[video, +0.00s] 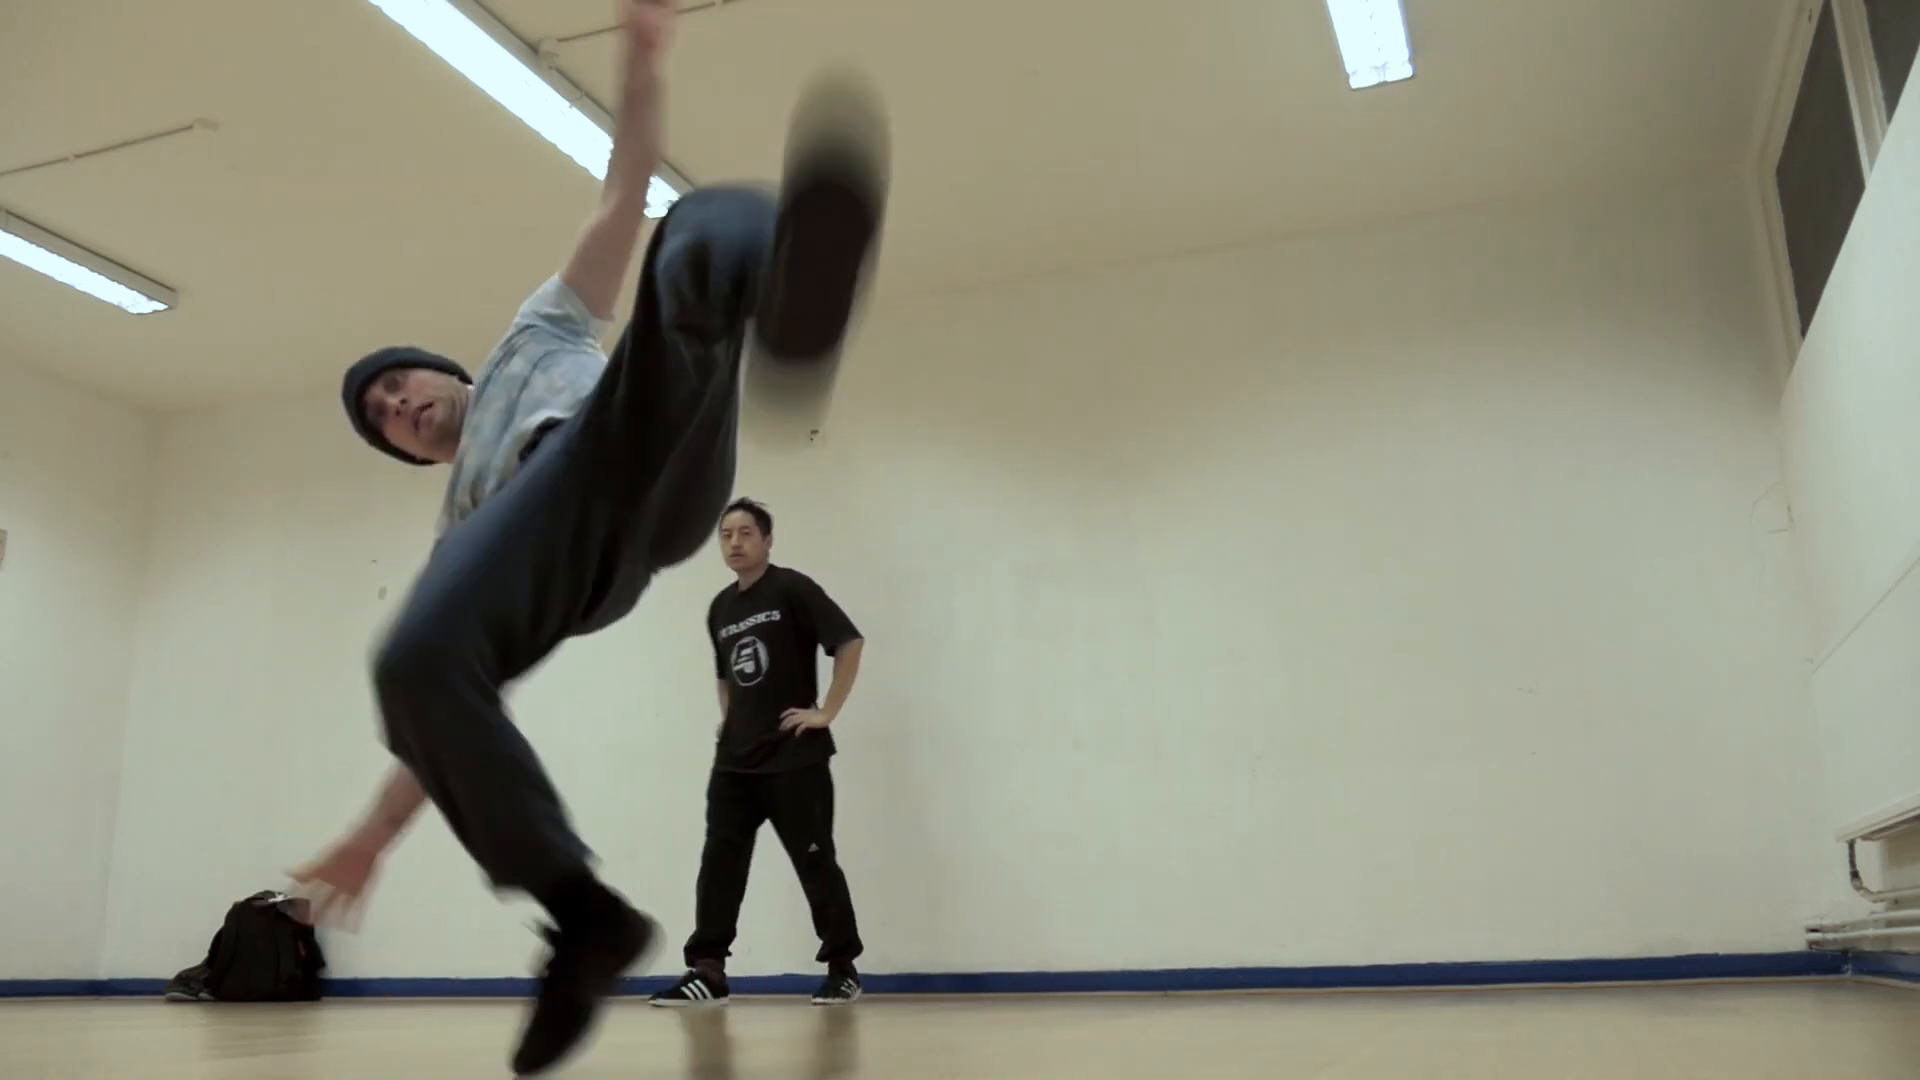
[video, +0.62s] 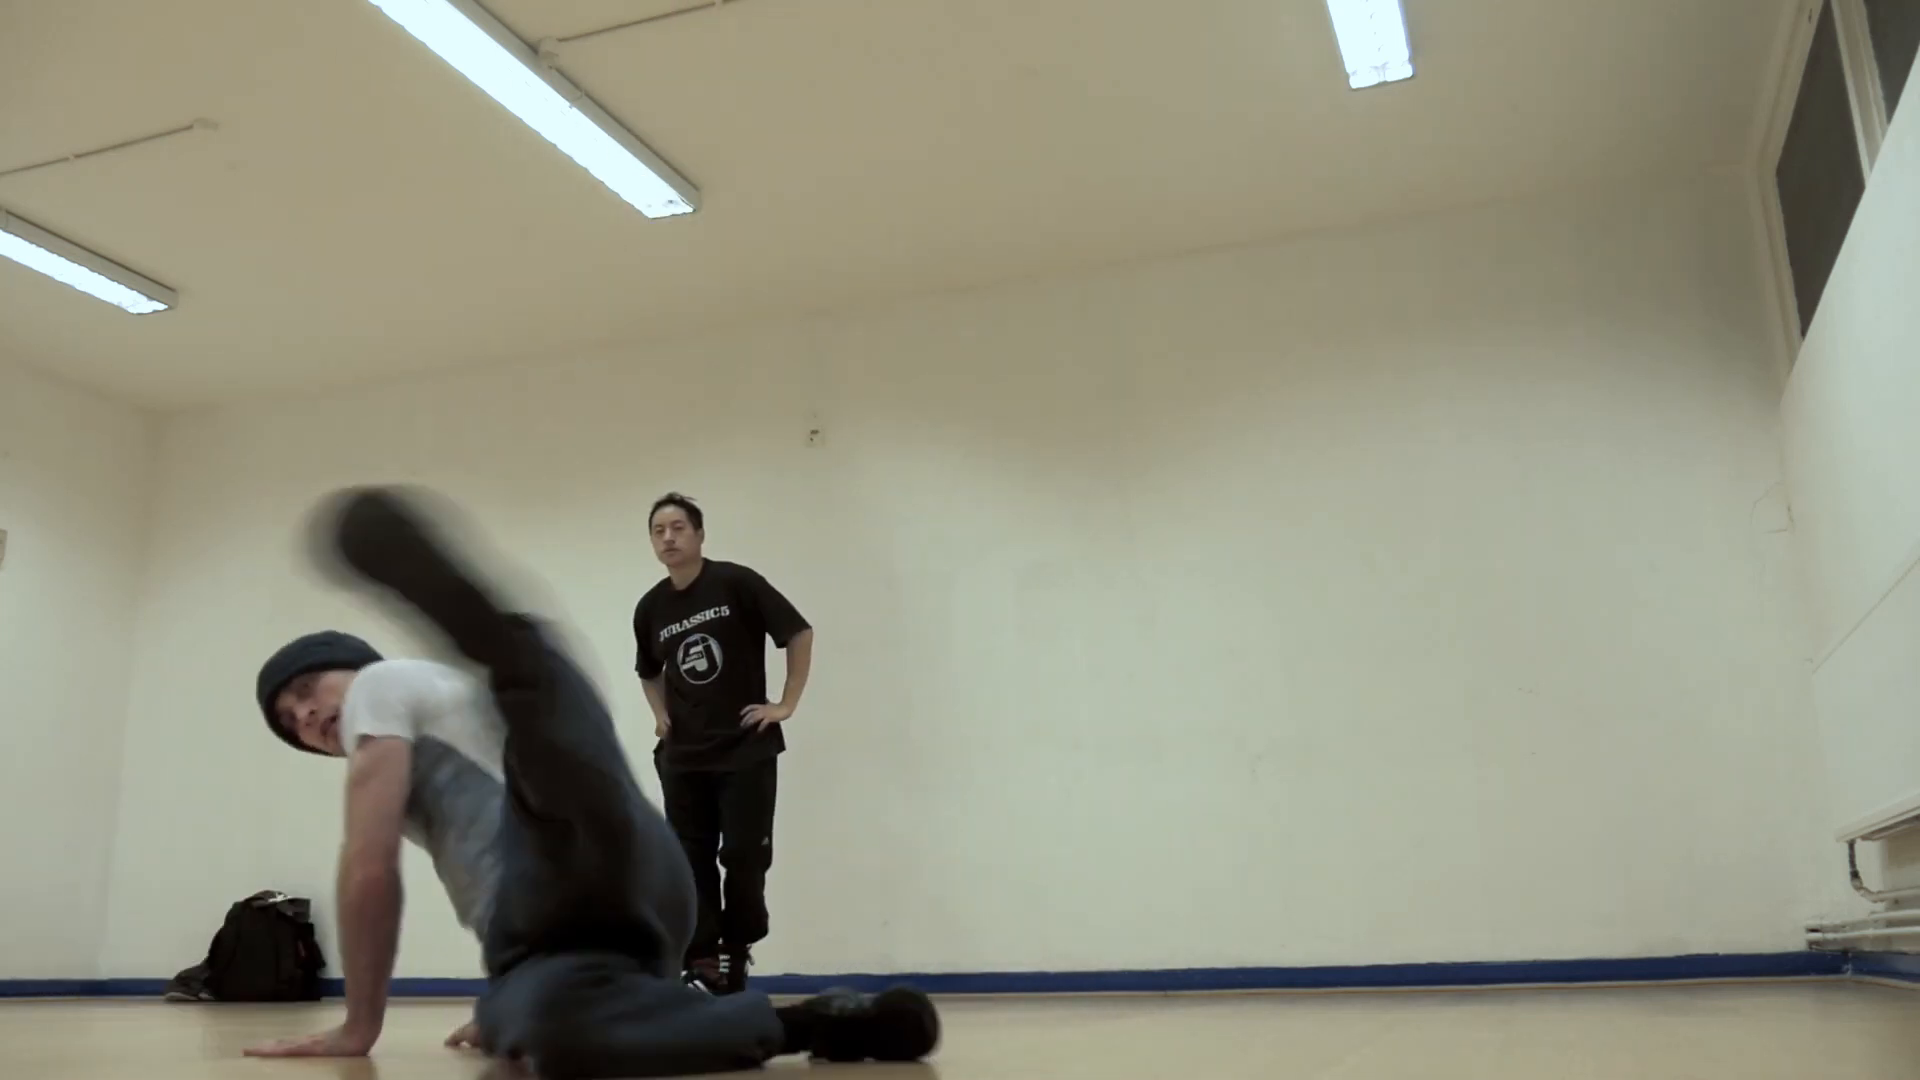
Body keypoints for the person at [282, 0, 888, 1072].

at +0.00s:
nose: (400, 411)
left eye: (398, 389)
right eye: (385, 426)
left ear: (439, 367)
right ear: (407, 454)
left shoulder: (542, 332)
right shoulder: (465, 520)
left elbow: (626, 197)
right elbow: (441, 707)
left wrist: (643, 58)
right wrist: (368, 845)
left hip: (644, 452)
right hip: (560, 543)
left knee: (693, 230)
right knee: (416, 663)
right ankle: (589, 920)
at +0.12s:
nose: (391, 455)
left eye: (394, 432)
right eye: (376, 464)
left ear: (440, 413)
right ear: (399, 493)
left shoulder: (523, 382)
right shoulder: (471, 563)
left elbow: (536, 229)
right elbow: (495, 762)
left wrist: (430, 97)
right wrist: (475, 926)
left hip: (633, 537)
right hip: (556, 619)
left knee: (701, 419)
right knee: (372, 572)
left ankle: (680, 787)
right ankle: (348, 897)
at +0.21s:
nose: (389, 521)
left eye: (392, 496)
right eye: (372, 529)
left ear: (437, 480)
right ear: (387, 559)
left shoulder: (515, 471)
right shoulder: (476, 638)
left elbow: (449, 321)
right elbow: (507, 841)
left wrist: (280, 271)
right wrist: (499, 1000)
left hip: (646, 693)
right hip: (537, 717)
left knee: (703, 658)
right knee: (385, 684)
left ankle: (625, 966)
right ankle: (180, 858)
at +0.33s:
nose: (387, 654)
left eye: (387, 632)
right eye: (374, 646)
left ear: (428, 597)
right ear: (390, 641)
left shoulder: (522, 601)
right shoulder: (443, 733)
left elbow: (362, 629)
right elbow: (510, 864)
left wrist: (200, 716)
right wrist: (503, 1039)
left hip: (620, 871)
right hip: (525, 926)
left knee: (727, 728)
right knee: (393, 926)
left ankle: (615, 1009)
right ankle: (194, 972)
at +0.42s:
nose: (363, 662)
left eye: (372, 636)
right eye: (347, 669)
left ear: (419, 621)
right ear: (360, 699)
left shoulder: (459, 644)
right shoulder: (435, 758)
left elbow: (376, 816)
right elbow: (531, 863)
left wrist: (303, 949)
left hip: (620, 867)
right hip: (540, 938)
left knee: (698, 670)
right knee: (419, 981)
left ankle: (646, 1003)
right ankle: (356, 1039)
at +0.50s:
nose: (328, 700)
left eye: (333, 675)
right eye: (311, 705)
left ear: (376, 660)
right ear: (327, 732)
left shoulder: (417, 685)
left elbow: (403, 878)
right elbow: (516, 907)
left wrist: (361, 1025)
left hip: (625, 888)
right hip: (556, 960)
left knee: (548, 665)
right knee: (403, 1020)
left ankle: (780, 895)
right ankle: (689, 1013)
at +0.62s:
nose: (306, 723)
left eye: (303, 700)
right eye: (292, 727)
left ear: (342, 667)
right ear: (310, 732)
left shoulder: (389, 681)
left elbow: (371, 869)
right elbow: (508, 884)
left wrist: (358, 1029)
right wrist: (493, 1010)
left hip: (611, 876)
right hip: (558, 962)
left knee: (534, 675)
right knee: (539, 1024)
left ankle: (482, 618)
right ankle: (804, 1020)